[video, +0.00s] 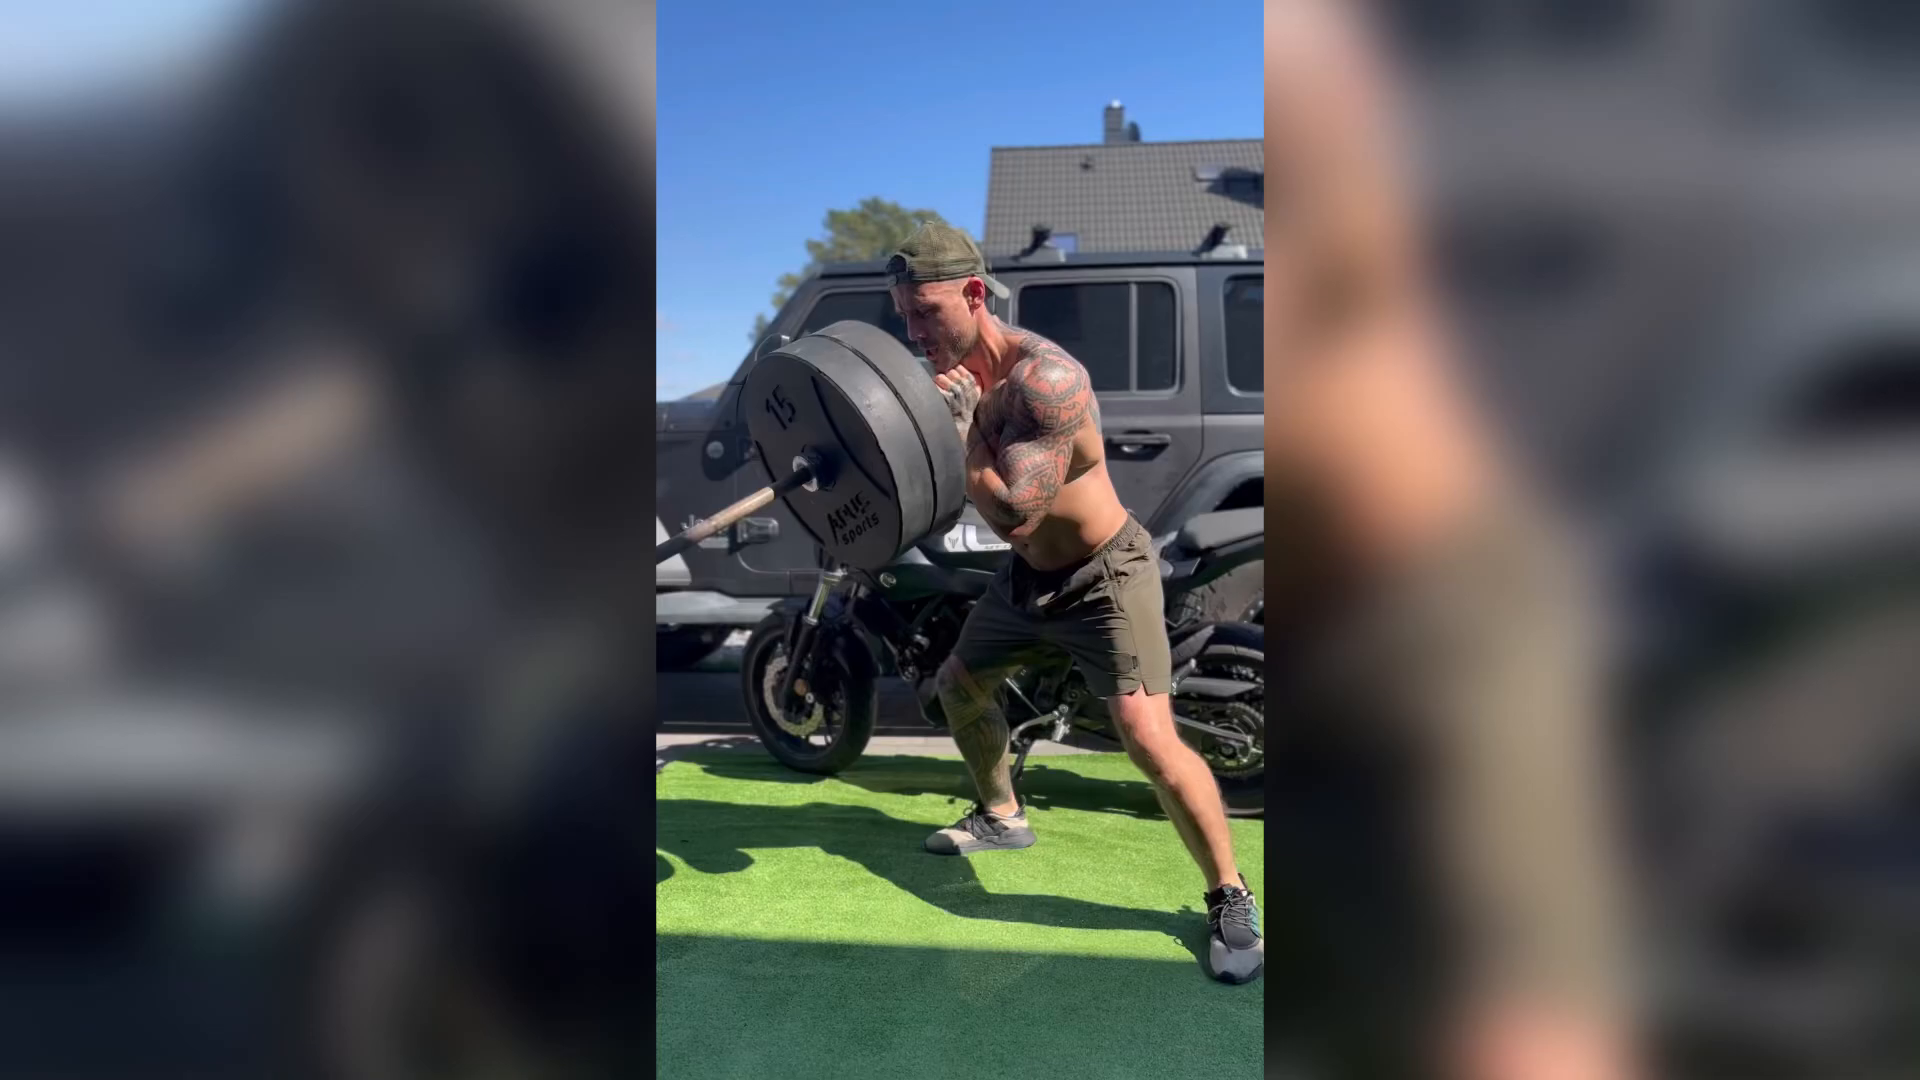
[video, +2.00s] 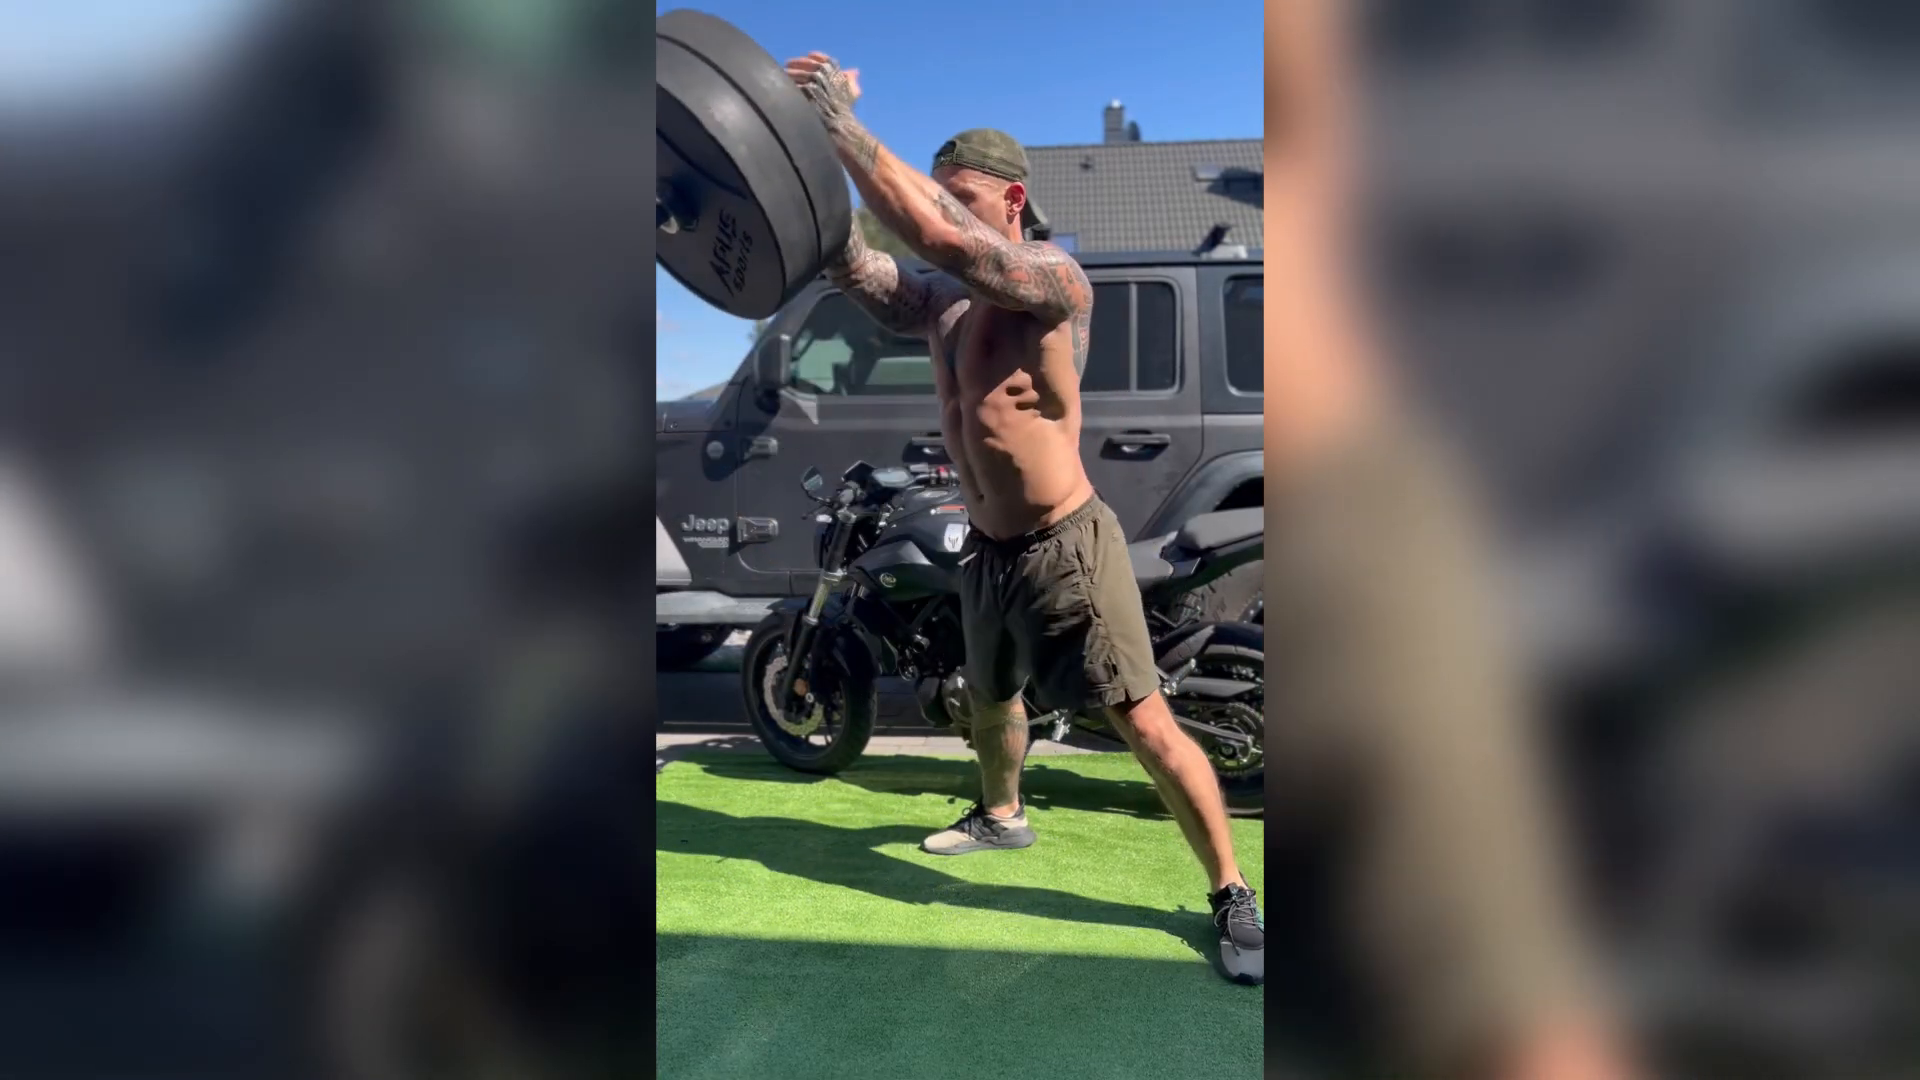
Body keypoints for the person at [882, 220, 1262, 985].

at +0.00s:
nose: (915, 333)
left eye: (926, 314)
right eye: (907, 318)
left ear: (975, 297)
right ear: (909, 314)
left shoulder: (1048, 377)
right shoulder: (946, 379)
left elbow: (1016, 517)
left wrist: (958, 440)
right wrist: (908, 420)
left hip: (1107, 568)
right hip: (1027, 572)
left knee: (1144, 726)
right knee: (961, 686)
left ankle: (1231, 895)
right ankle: (1003, 815)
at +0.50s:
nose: (966, 462)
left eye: (978, 446)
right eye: (958, 448)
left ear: (1024, 429)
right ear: (951, 440)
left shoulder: (1095, 502)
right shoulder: (978, 498)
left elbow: (1068, 640)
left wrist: (1006, 555)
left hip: (1145, 645)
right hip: (1058, 645)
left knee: (1143, 749)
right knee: (948, 695)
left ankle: (1230, 897)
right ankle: (1000, 818)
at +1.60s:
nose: (965, 315)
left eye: (984, 303)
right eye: (965, 302)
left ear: (1035, 320)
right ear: (972, 319)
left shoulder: (1093, 411)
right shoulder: (977, 407)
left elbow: (1051, 543)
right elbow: (941, 492)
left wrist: (990, 452)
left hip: (1126, 591)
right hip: (1039, 592)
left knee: (1155, 742)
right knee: (947, 695)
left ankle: (1231, 898)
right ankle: (1000, 816)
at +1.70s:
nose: (973, 257)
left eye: (993, 244)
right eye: (973, 245)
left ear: (1043, 263)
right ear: (976, 263)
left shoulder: (1092, 358)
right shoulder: (976, 348)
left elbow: (1027, 469)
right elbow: (942, 456)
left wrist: (967, 385)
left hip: (1104, 567)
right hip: (1020, 572)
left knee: (1156, 742)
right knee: (950, 695)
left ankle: (1231, 899)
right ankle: (1003, 818)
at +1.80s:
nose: (984, 221)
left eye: (1001, 209)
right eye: (982, 208)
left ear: (1053, 222)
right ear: (984, 227)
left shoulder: (1091, 320)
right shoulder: (984, 324)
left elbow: (998, 390)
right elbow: (927, 405)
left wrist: (934, 296)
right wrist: (866, 337)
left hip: (1082, 553)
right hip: (999, 559)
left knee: (1152, 736)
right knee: (962, 700)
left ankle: (1232, 896)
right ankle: (1001, 818)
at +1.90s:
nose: (978, 213)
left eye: (995, 198)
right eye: (972, 200)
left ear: (1046, 202)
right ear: (970, 210)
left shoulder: (1085, 295)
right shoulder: (964, 300)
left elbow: (979, 301)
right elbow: (884, 328)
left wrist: (890, 207)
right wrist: (821, 253)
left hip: (1071, 542)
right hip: (987, 548)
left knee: (1143, 728)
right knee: (975, 697)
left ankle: (1230, 894)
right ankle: (1000, 818)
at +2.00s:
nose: (945, 209)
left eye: (962, 195)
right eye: (939, 195)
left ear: (1016, 195)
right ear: (944, 203)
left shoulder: (1057, 280)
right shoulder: (934, 298)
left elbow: (942, 233)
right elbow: (850, 260)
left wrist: (843, 124)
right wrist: (786, 171)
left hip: (1071, 544)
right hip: (988, 554)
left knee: (1147, 726)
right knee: (991, 700)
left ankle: (1231, 893)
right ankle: (1001, 819)